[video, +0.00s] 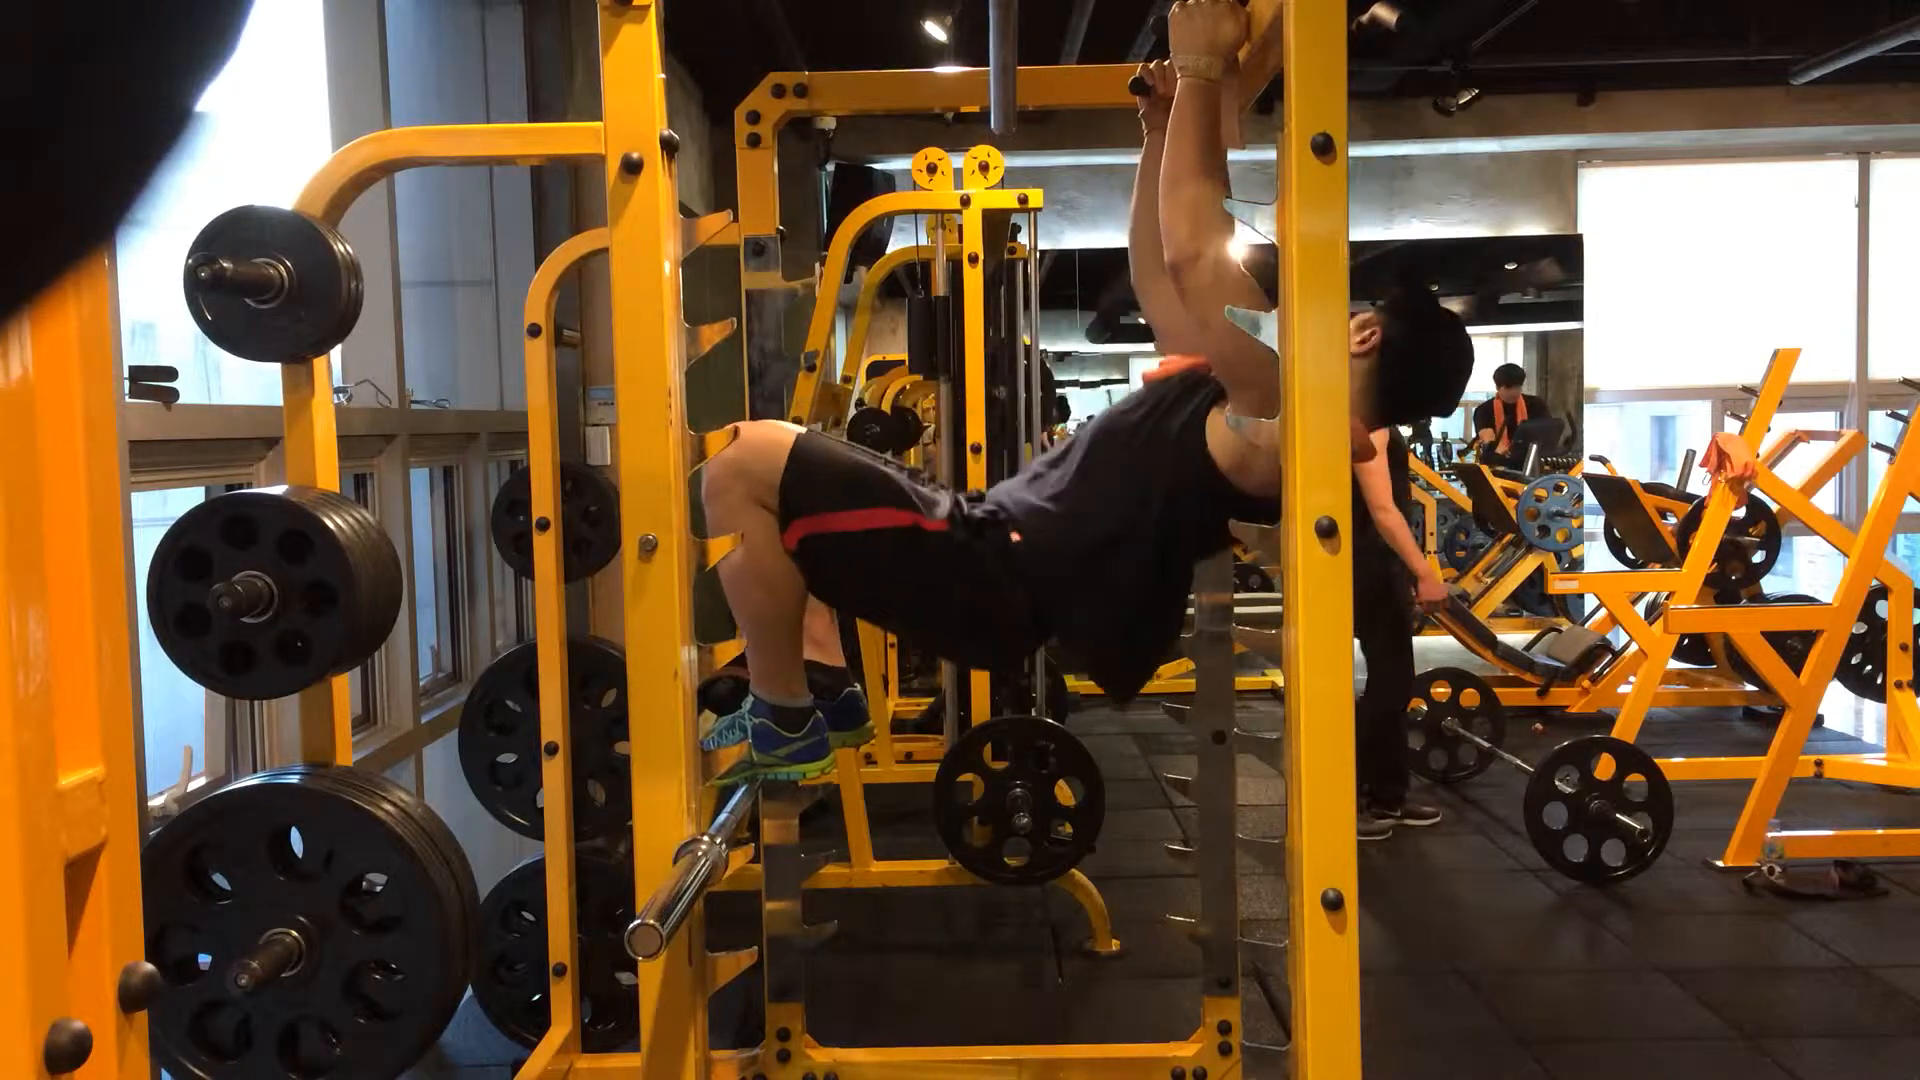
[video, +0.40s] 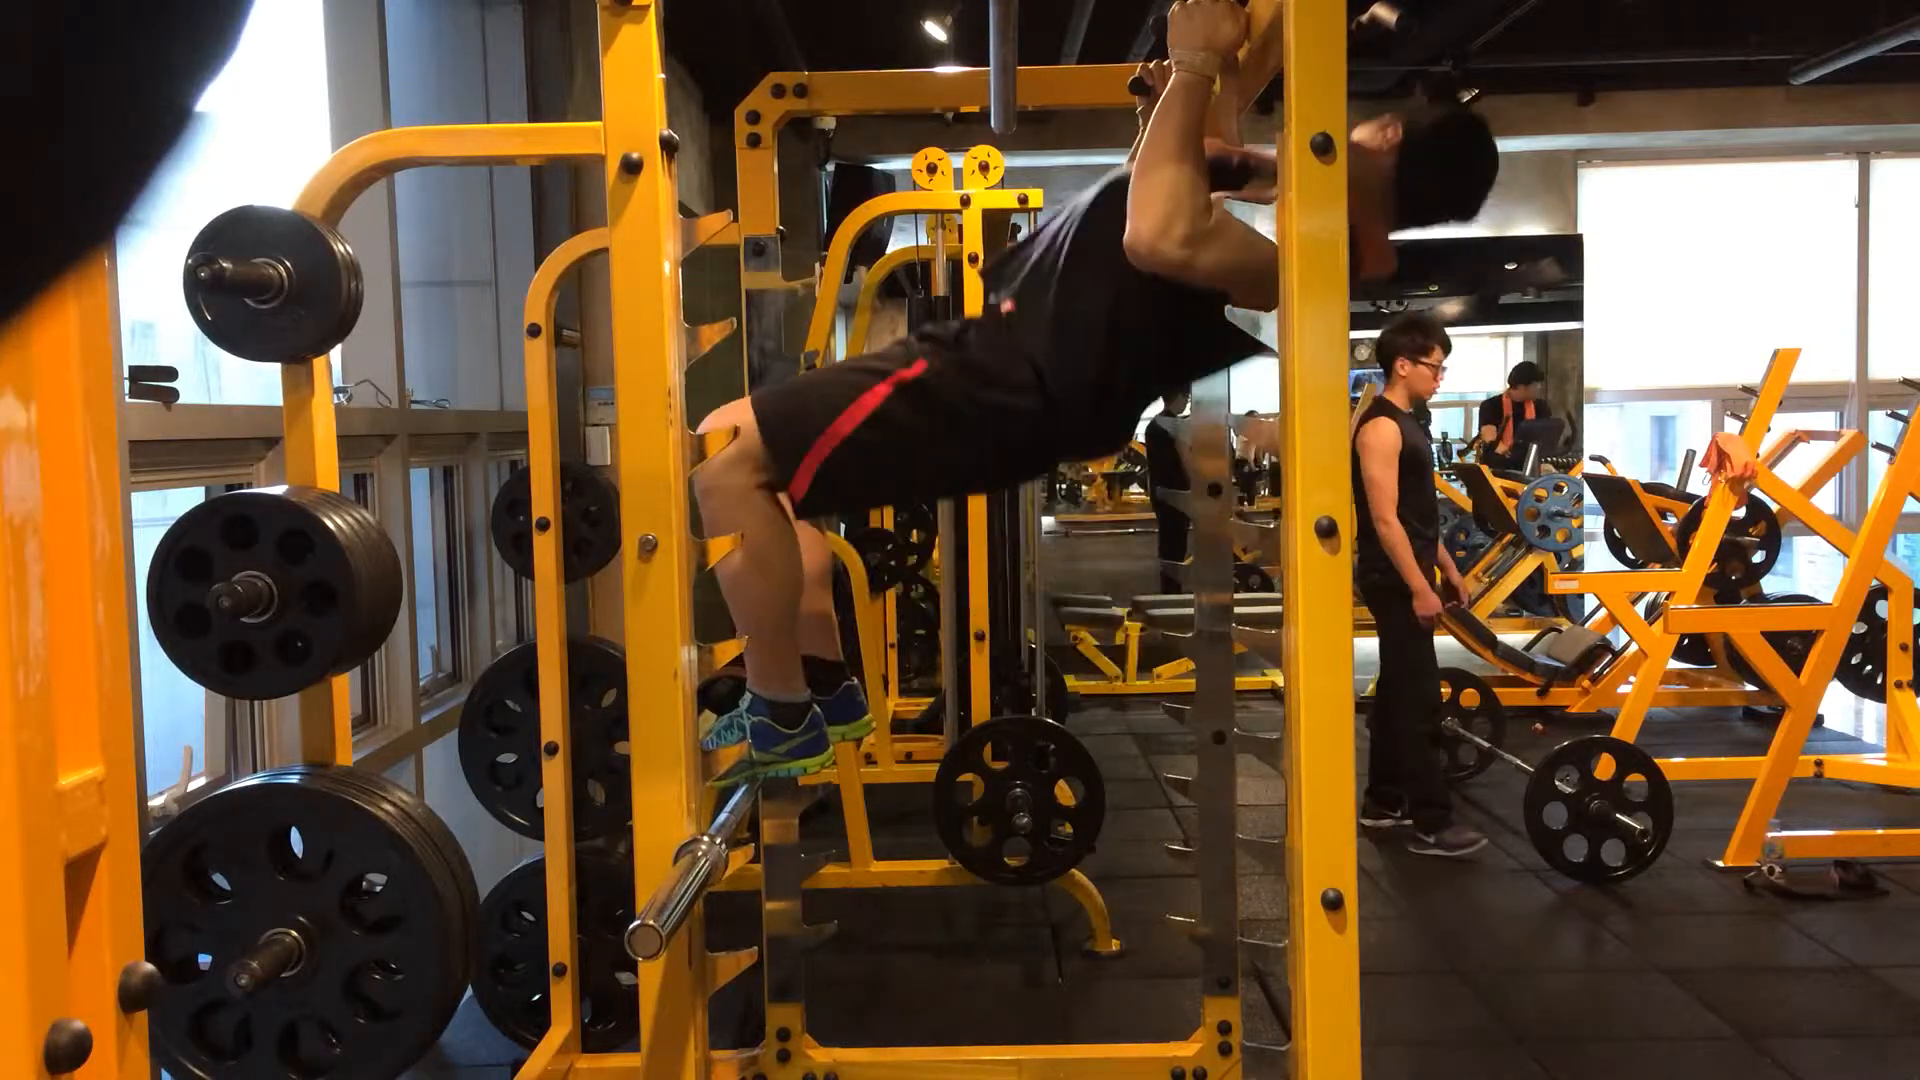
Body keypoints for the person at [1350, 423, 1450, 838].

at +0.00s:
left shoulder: (1374, 424)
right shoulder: (1368, 426)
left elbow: (1382, 509)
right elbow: (1381, 508)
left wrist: (1415, 571)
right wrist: (1424, 572)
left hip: (1381, 565)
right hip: (1370, 565)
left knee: (1393, 679)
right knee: (1388, 680)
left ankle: (1388, 795)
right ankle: (1352, 803)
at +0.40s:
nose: (1440, 377)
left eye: (1441, 367)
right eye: (1434, 366)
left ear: (1408, 368)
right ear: (1403, 365)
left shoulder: (1405, 422)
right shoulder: (1382, 426)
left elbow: (1417, 512)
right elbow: (1383, 519)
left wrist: (1449, 568)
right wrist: (1417, 587)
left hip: (1407, 577)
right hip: (1393, 578)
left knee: (1398, 688)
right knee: (1420, 694)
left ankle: (1385, 799)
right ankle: (1430, 822)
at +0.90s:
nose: (1470, 400)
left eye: (1475, 391)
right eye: (1471, 389)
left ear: (1446, 375)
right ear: (1445, 373)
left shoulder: (1428, 423)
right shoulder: (1408, 429)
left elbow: (1443, 514)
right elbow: (1411, 524)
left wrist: (1479, 570)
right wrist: (1449, 598)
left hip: (1437, 579)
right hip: (1421, 583)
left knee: (1447, 694)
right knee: (1449, 700)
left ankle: (1412, 797)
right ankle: (1433, 830)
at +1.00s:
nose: (1478, 400)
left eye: (1483, 391)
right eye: (1477, 388)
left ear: (1454, 376)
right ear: (1452, 374)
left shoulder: (1434, 425)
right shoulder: (1414, 429)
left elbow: (1446, 514)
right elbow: (1416, 524)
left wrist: (1483, 566)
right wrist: (1453, 598)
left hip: (1441, 581)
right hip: (1425, 586)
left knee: (1456, 693)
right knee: (1448, 699)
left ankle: (1421, 799)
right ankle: (1434, 828)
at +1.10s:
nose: (1482, 400)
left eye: (1487, 392)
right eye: (1483, 389)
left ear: (1462, 378)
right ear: (1459, 375)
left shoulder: (1440, 427)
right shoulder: (1422, 430)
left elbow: (1447, 518)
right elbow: (1422, 527)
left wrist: (1483, 566)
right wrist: (1458, 601)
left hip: (1445, 583)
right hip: (1427, 586)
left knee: (1464, 694)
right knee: (1451, 699)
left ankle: (1431, 805)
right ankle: (1433, 827)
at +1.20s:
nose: (1490, 404)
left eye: (1496, 396)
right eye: (1493, 393)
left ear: (1471, 377)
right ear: (1472, 376)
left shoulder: (1445, 424)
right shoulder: (1430, 429)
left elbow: (1453, 518)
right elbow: (1429, 528)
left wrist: (1482, 571)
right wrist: (1464, 602)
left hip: (1450, 584)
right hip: (1429, 587)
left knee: (1477, 696)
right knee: (1450, 701)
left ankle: (1458, 806)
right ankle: (1434, 827)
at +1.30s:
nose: (1502, 407)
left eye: (1508, 399)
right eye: (1504, 396)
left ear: (1481, 379)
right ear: (1482, 377)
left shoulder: (1456, 424)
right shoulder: (1440, 429)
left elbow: (1458, 521)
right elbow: (1439, 530)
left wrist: (1486, 575)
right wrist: (1474, 603)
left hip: (1456, 581)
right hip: (1434, 584)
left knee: (1488, 695)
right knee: (1453, 700)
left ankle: (1478, 818)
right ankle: (1436, 828)